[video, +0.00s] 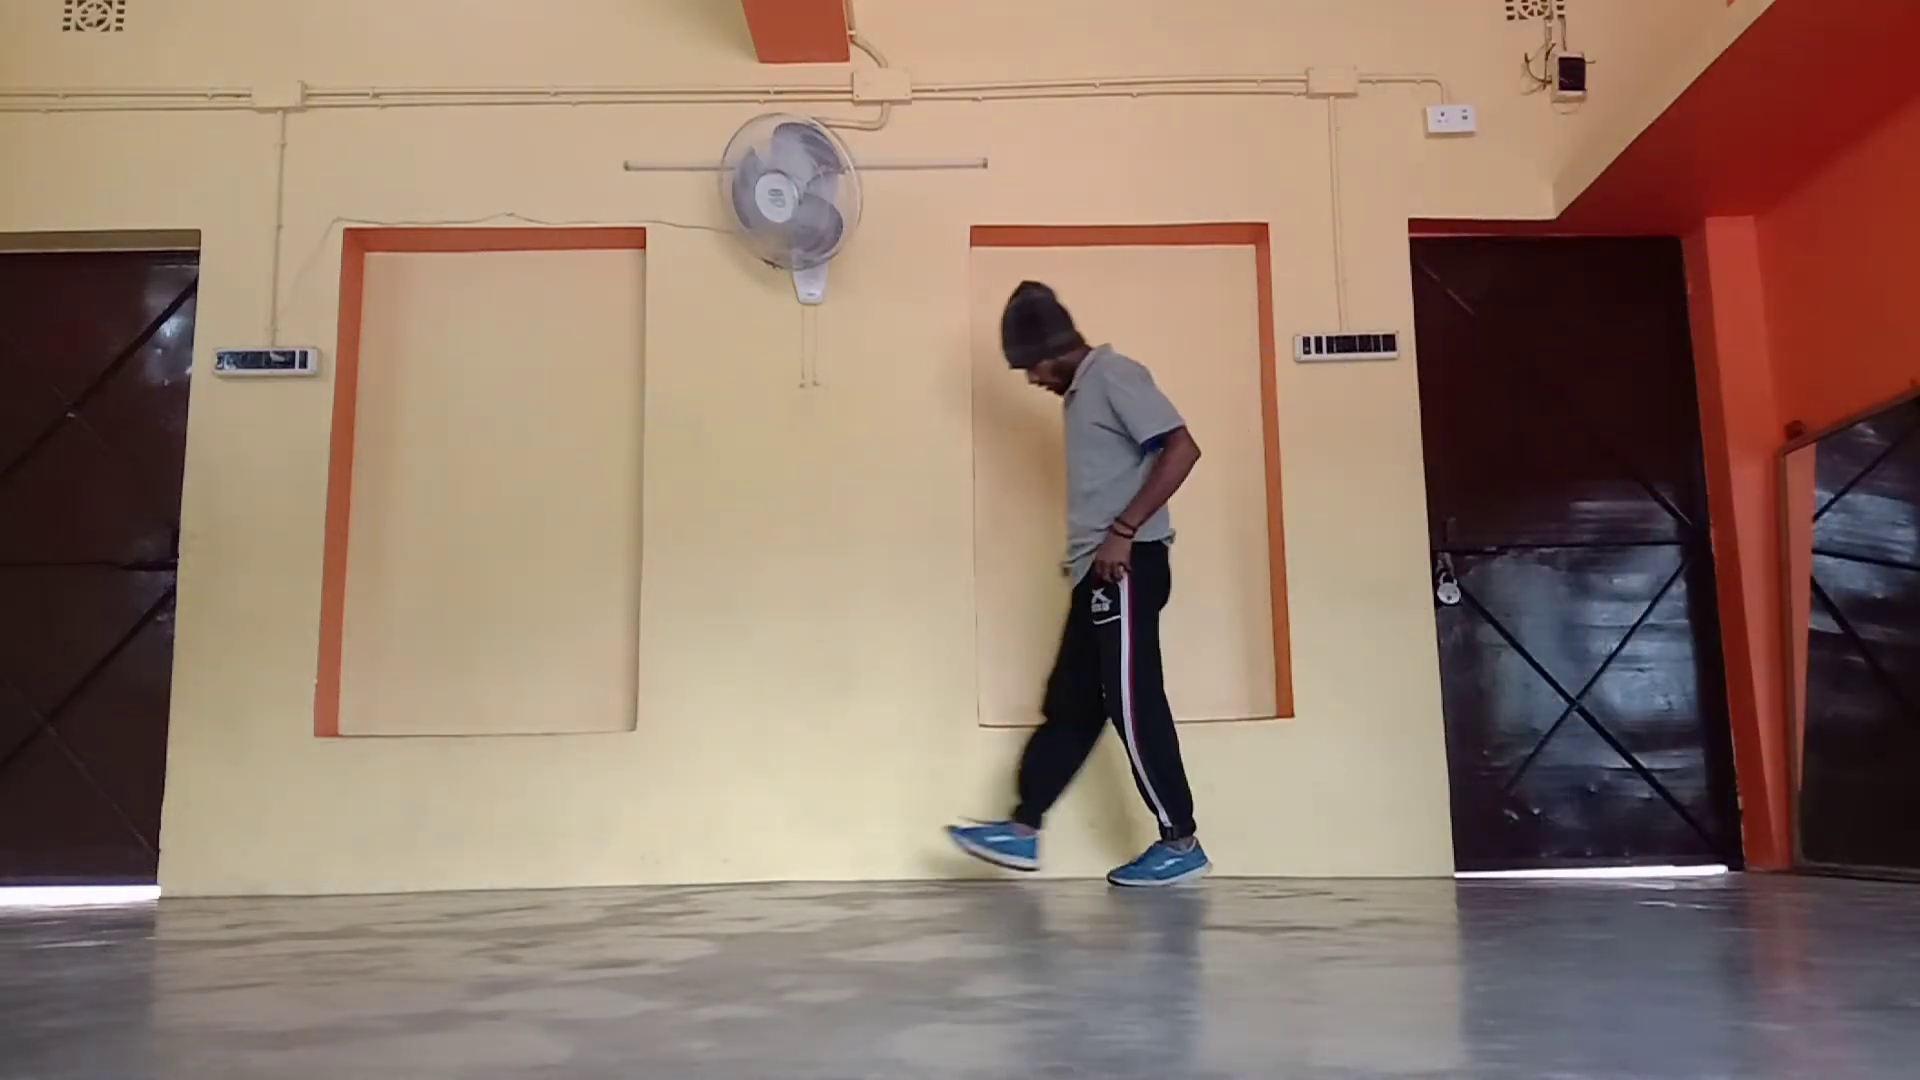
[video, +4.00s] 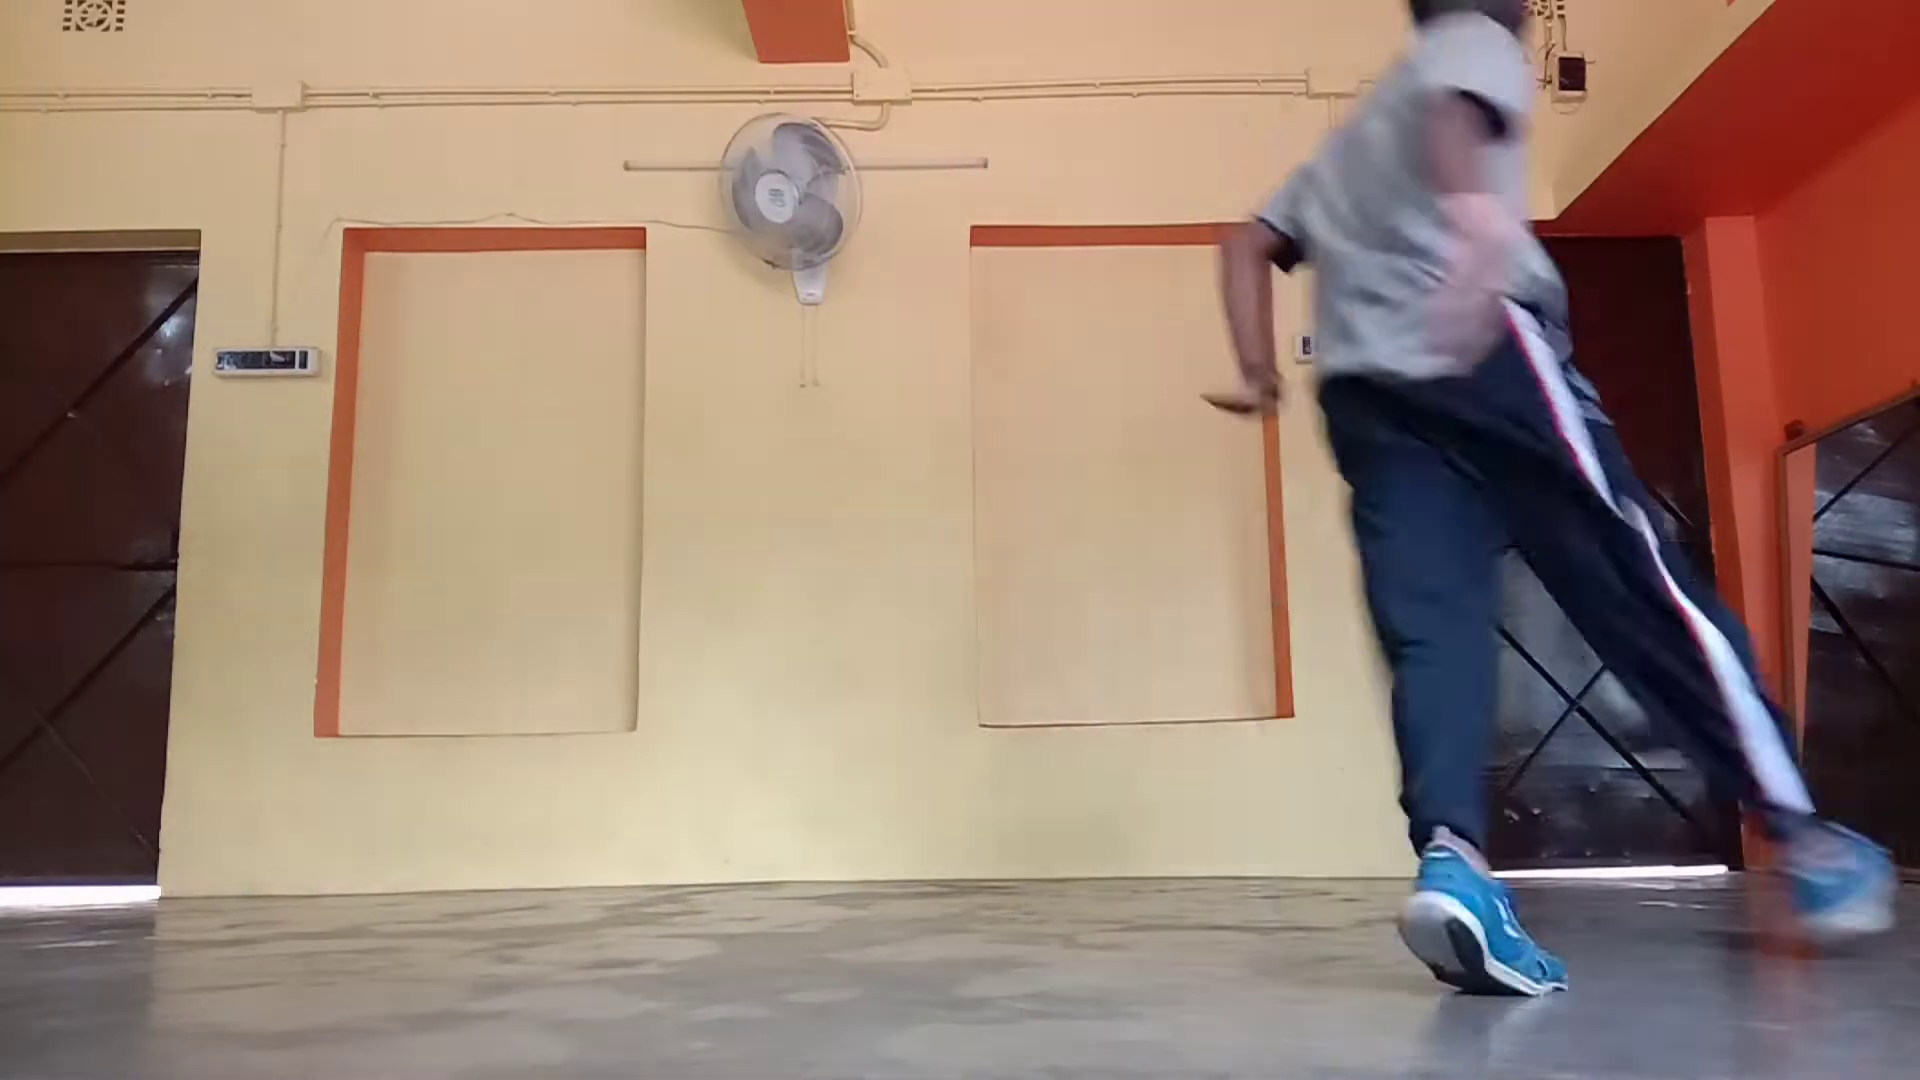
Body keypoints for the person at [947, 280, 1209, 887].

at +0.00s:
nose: (1033, 378)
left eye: (1030, 367)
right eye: (1026, 370)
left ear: (1047, 353)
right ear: (1058, 344)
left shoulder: (1113, 374)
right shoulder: (1086, 387)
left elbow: (1181, 449)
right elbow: (1122, 465)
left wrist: (1124, 529)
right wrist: (1095, 539)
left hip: (1128, 568)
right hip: (1098, 571)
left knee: (1135, 704)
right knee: (1072, 702)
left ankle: (1181, 841)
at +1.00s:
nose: (1025, 270)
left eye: (1036, 261)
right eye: (1012, 262)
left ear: (1053, 281)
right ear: (992, 281)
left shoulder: (1083, 367)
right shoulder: (955, 355)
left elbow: (1151, 422)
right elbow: (883, 405)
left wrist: (1193, 428)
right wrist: (824, 421)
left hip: (1048, 553)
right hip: (964, 552)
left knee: (1067, 703)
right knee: (936, 700)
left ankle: (1086, 851)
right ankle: (921, 847)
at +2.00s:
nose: (850, 312)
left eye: (862, 300)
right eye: (839, 307)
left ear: (889, 311)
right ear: (834, 328)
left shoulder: (934, 361)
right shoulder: (862, 412)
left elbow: (1018, 421)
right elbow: (894, 492)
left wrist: (995, 523)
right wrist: (866, 552)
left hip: (1004, 557)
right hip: (936, 575)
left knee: (1045, 701)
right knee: (894, 702)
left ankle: (1086, 847)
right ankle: (870, 844)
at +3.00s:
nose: (651, 119)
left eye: (670, 110)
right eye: (636, 106)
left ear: (694, 134)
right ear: (611, 125)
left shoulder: (730, 219)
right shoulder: (573, 243)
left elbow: (768, 332)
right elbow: (550, 372)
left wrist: (634, 328)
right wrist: (584, 393)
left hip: (684, 482)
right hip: (585, 465)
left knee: (601, 676)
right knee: (501, 609)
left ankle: (514, 857)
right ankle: (470, 795)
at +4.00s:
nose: (1529, 27)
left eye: (1527, 22)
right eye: (1526, 18)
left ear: (1421, 16)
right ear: (1507, 12)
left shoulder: (1363, 129)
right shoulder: (1476, 37)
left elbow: (1244, 246)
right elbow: (1449, 118)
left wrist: (1257, 370)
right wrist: (1477, 217)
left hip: (1365, 378)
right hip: (1479, 338)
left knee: (1430, 616)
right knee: (1631, 573)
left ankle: (1450, 862)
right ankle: (1798, 831)